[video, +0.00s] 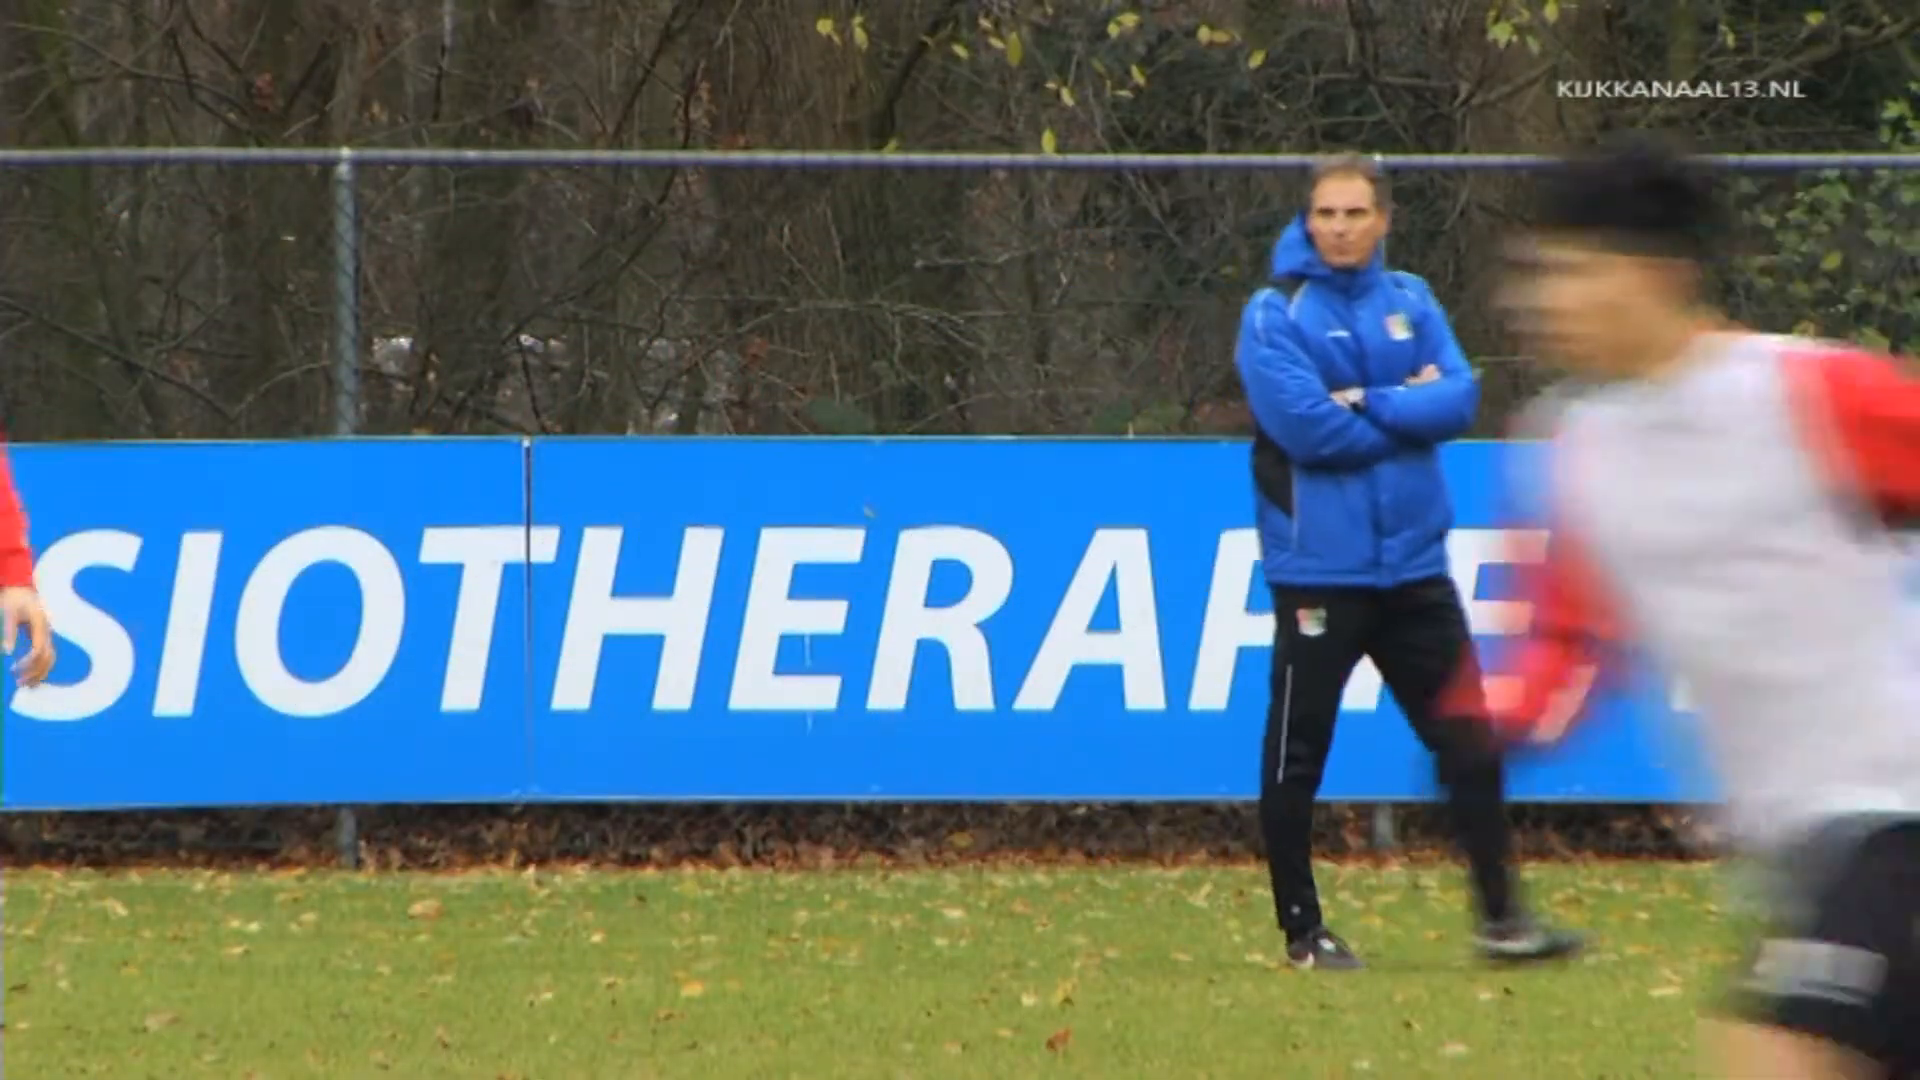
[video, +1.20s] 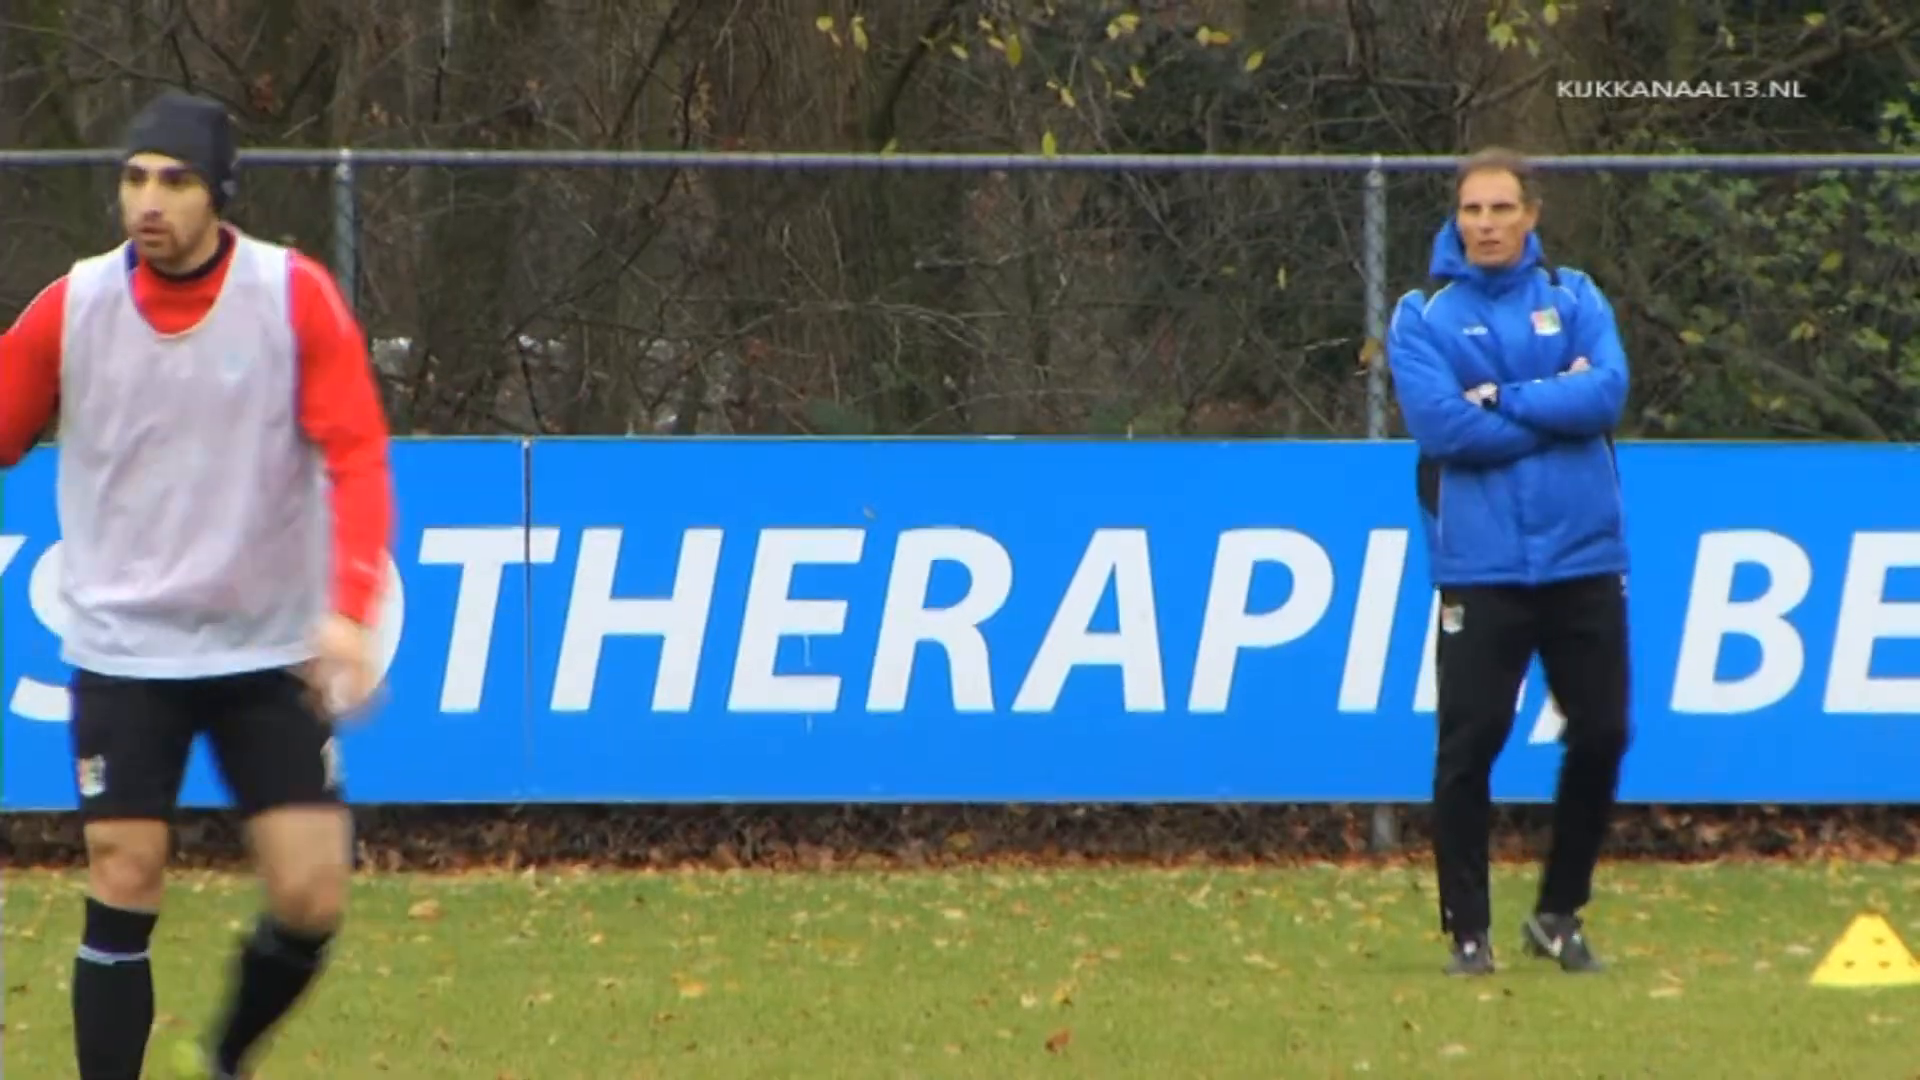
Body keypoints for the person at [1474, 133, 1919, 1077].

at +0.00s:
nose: (1549, 299)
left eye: (1577, 269)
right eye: (1543, 272)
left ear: (1670, 269)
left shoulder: (1816, 387)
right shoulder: (1585, 449)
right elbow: (1571, 633)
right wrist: (1507, 710)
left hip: (1893, 793)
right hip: (1779, 817)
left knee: (1779, 1045)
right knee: (1868, 1051)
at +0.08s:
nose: (1379, 309)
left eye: (1404, 279)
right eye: (1376, 282)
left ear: (1493, 278)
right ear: (1374, 287)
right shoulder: (1381, 460)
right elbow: (1377, 638)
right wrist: (1328, 761)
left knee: (1600, 1049)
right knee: (1658, 1056)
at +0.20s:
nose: (1401, 229)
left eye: (1416, 215)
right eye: (1387, 215)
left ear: (1443, 223)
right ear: (1364, 224)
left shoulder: (1474, 303)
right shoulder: (1326, 313)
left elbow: (1508, 400)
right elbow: (1349, 421)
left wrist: (1409, 407)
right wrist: (1469, 407)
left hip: (1469, 559)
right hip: (1368, 556)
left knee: (1500, 735)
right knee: (1375, 740)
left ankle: (1530, 925)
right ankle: (1378, 938)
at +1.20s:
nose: (1486, 223)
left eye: (1501, 209)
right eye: (1472, 209)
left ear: (1530, 218)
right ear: (1455, 220)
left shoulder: (1573, 295)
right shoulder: (1421, 316)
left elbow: (1606, 394)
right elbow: (1442, 430)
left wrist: (1498, 396)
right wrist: (1550, 412)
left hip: (1584, 558)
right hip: (1480, 567)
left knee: (1602, 733)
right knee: (1466, 747)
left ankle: (1557, 915)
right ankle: (1468, 932)